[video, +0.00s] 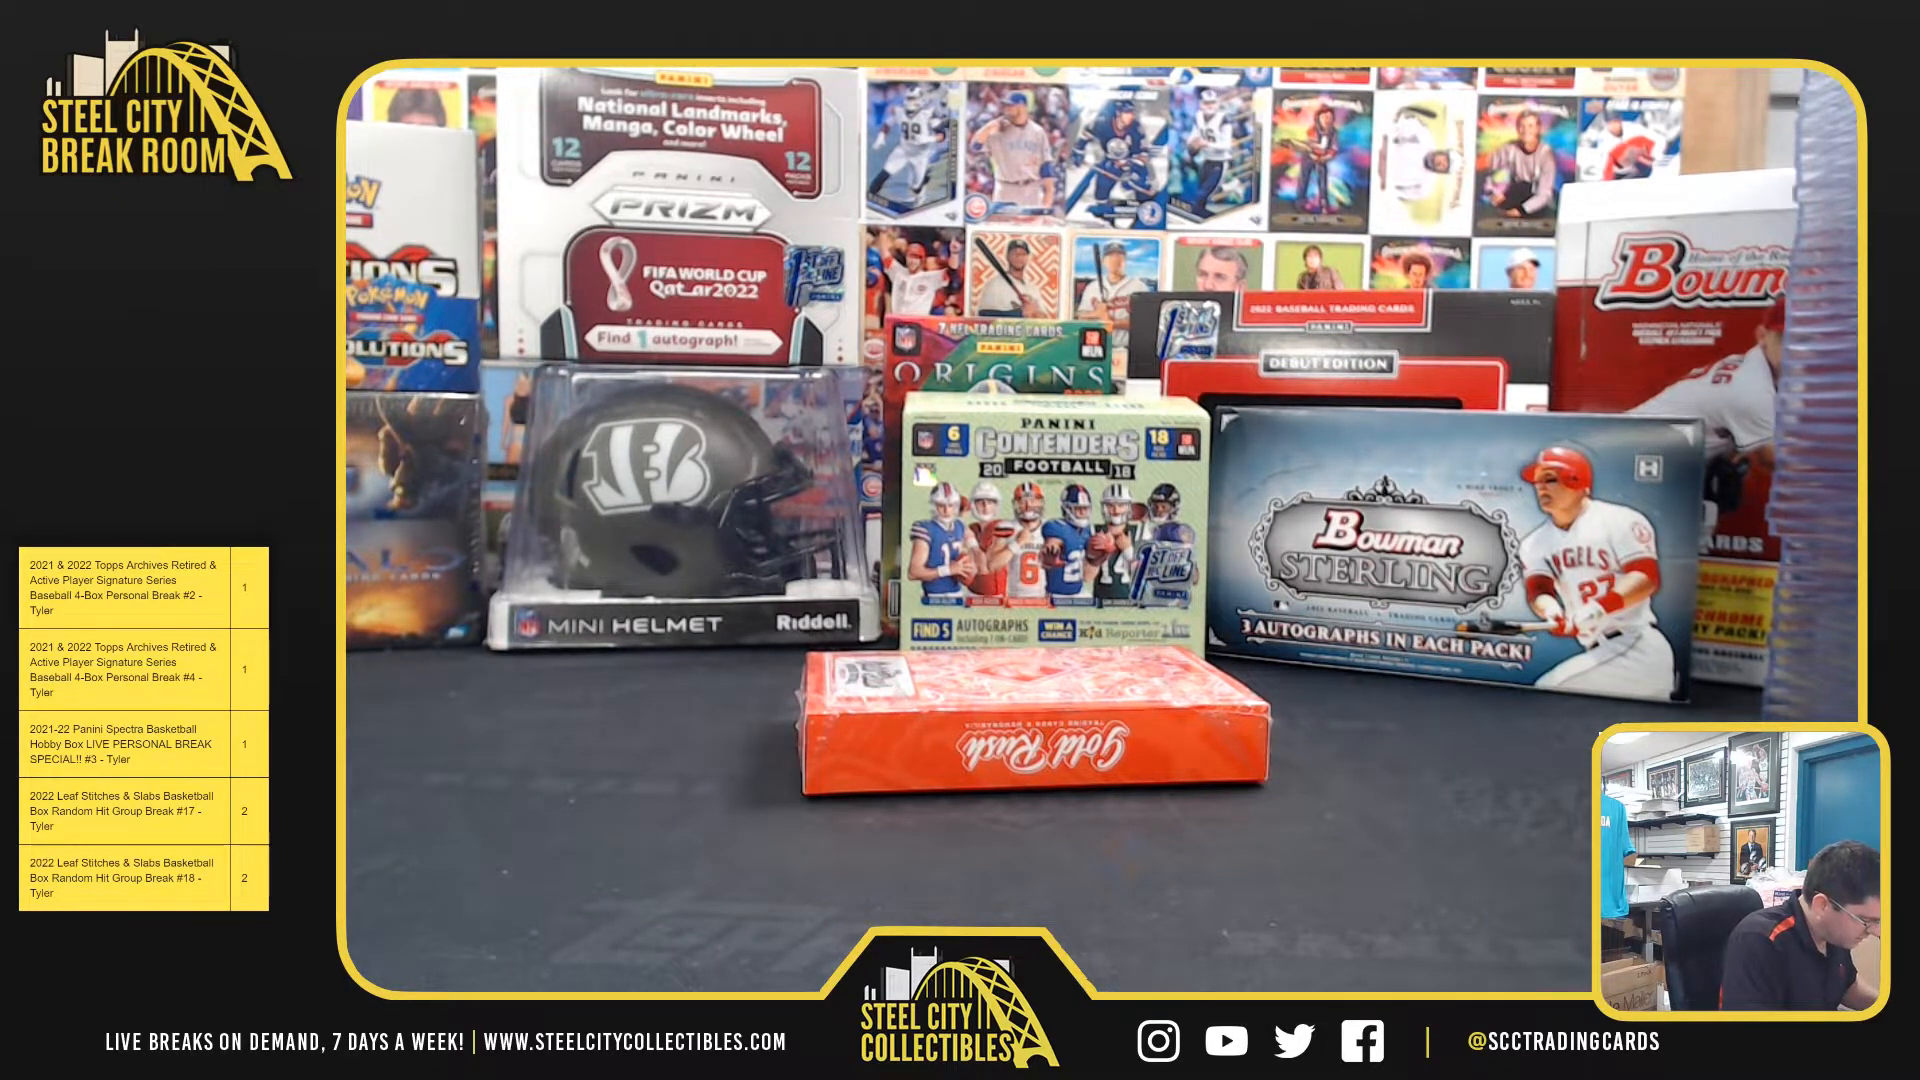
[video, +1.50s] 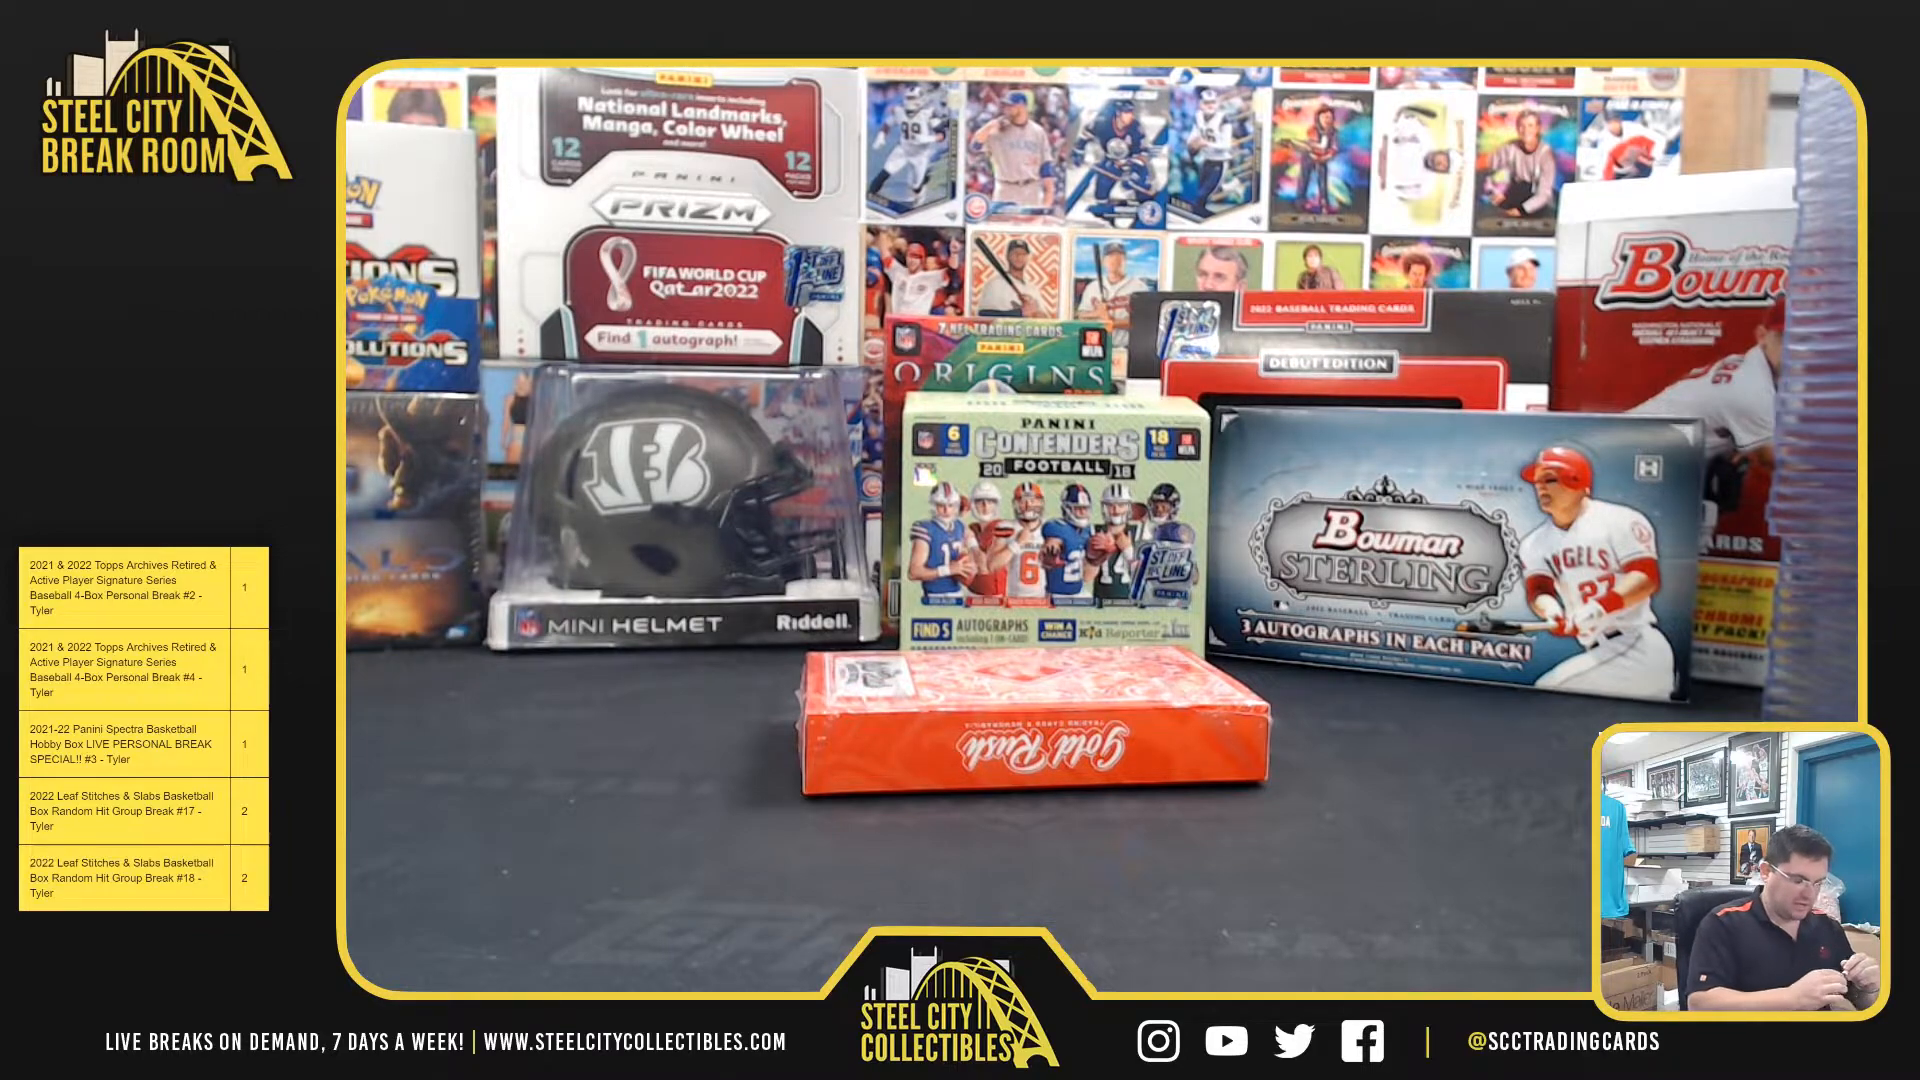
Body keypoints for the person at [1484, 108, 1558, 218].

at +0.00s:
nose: (1526, 130)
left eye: (1531, 126)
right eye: (1522, 126)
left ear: (1539, 129)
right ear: (1517, 130)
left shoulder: (1545, 154)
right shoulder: (1506, 151)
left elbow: (1545, 192)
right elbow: (1490, 179)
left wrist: (1523, 209)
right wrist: (1494, 194)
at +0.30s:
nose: (1526, 130)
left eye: (1531, 126)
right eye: (1522, 126)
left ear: (1539, 129)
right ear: (1517, 130)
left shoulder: (1545, 154)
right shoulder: (1506, 151)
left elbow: (1545, 192)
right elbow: (1490, 179)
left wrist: (1523, 209)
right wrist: (1494, 194)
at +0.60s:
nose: (1526, 131)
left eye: (1530, 126)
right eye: (1522, 126)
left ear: (1538, 128)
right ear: (1518, 129)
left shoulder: (1545, 154)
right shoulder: (1505, 151)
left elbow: (1545, 192)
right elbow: (1491, 179)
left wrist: (1523, 209)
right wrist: (1495, 193)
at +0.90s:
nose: (1526, 130)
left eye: (1530, 126)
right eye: (1522, 126)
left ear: (1538, 128)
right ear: (1518, 129)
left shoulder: (1545, 154)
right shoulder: (1506, 151)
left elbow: (1545, 191)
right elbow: (1491, 179)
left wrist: (1523, 209)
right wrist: (1495, 193)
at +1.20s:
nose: (1526, 130)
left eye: (1530, 126)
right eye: (1522, 126)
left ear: (1538, 128)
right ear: (1518, 129)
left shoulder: (1545, 154)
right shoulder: (1506, 151)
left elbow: (1545, 192)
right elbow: (1490, 179)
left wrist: (1523, 209)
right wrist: (1495, 193)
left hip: (1535, 188)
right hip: (1511, 187)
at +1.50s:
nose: (1526, 130)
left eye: (1530, 126)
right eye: (1522, 126)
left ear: (1538, 128)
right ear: (1518, 129)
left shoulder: (1545, 154)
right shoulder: (1506, 151)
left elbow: (1545, 192)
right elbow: (1490, 179)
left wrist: (1523, 209)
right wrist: (1495, 193)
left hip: (1535, 188)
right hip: (1511, 187)